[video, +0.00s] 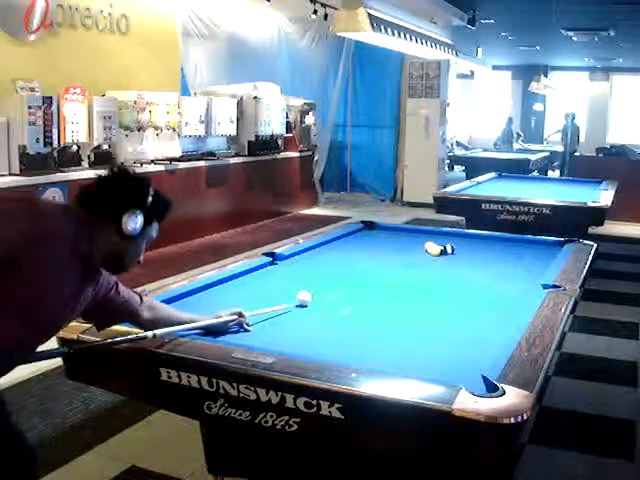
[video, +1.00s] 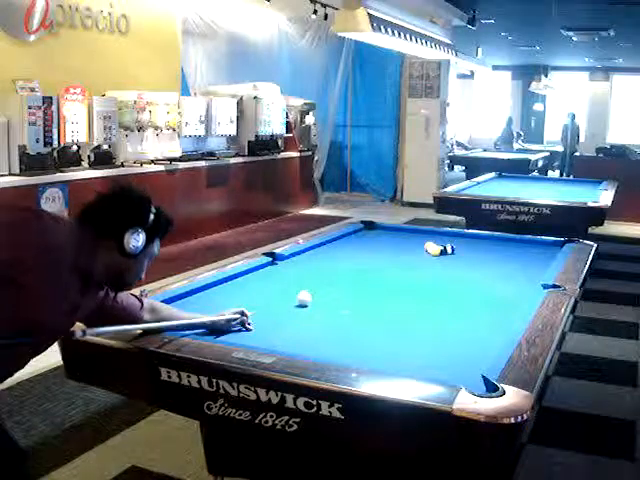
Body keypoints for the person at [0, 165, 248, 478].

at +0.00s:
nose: (144, 257)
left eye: (150, 246)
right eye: (148, 243)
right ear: (129, 225)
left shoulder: (86, 277)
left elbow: (144, 310)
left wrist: (210, 323)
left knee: (21, 458)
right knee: (19, 458)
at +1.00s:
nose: (145, 272)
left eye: (151, 261)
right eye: (149, 259)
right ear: (130, 243)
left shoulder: (84, 287)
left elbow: (146, 311)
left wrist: (212, 324)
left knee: (19, 456)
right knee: (16, 456)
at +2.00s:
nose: (148, 274)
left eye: (154, 264)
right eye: (152, 261)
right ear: (132, 246)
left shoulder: (85, 283)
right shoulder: (48, 248)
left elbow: (146, 314)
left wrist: (215, 321)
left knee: (14, 457)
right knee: (12, 459)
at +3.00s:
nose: (145, 249)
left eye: (151, 238)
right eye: (148, 236)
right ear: (128, 220)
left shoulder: (88, 264)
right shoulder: (54, 224)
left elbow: (145, 306)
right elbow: (9, 315)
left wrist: (210, 322)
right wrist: (62, 336)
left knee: (20, 456)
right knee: (18, 457)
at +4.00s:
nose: (116, 154)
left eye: (114, 142)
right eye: (110, 142)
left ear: (80, 140)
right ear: (81, 140)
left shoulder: (61, 193)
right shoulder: (16, 190)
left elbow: (41, 293)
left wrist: (97, 315)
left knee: (21, 455)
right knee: (21, 457)